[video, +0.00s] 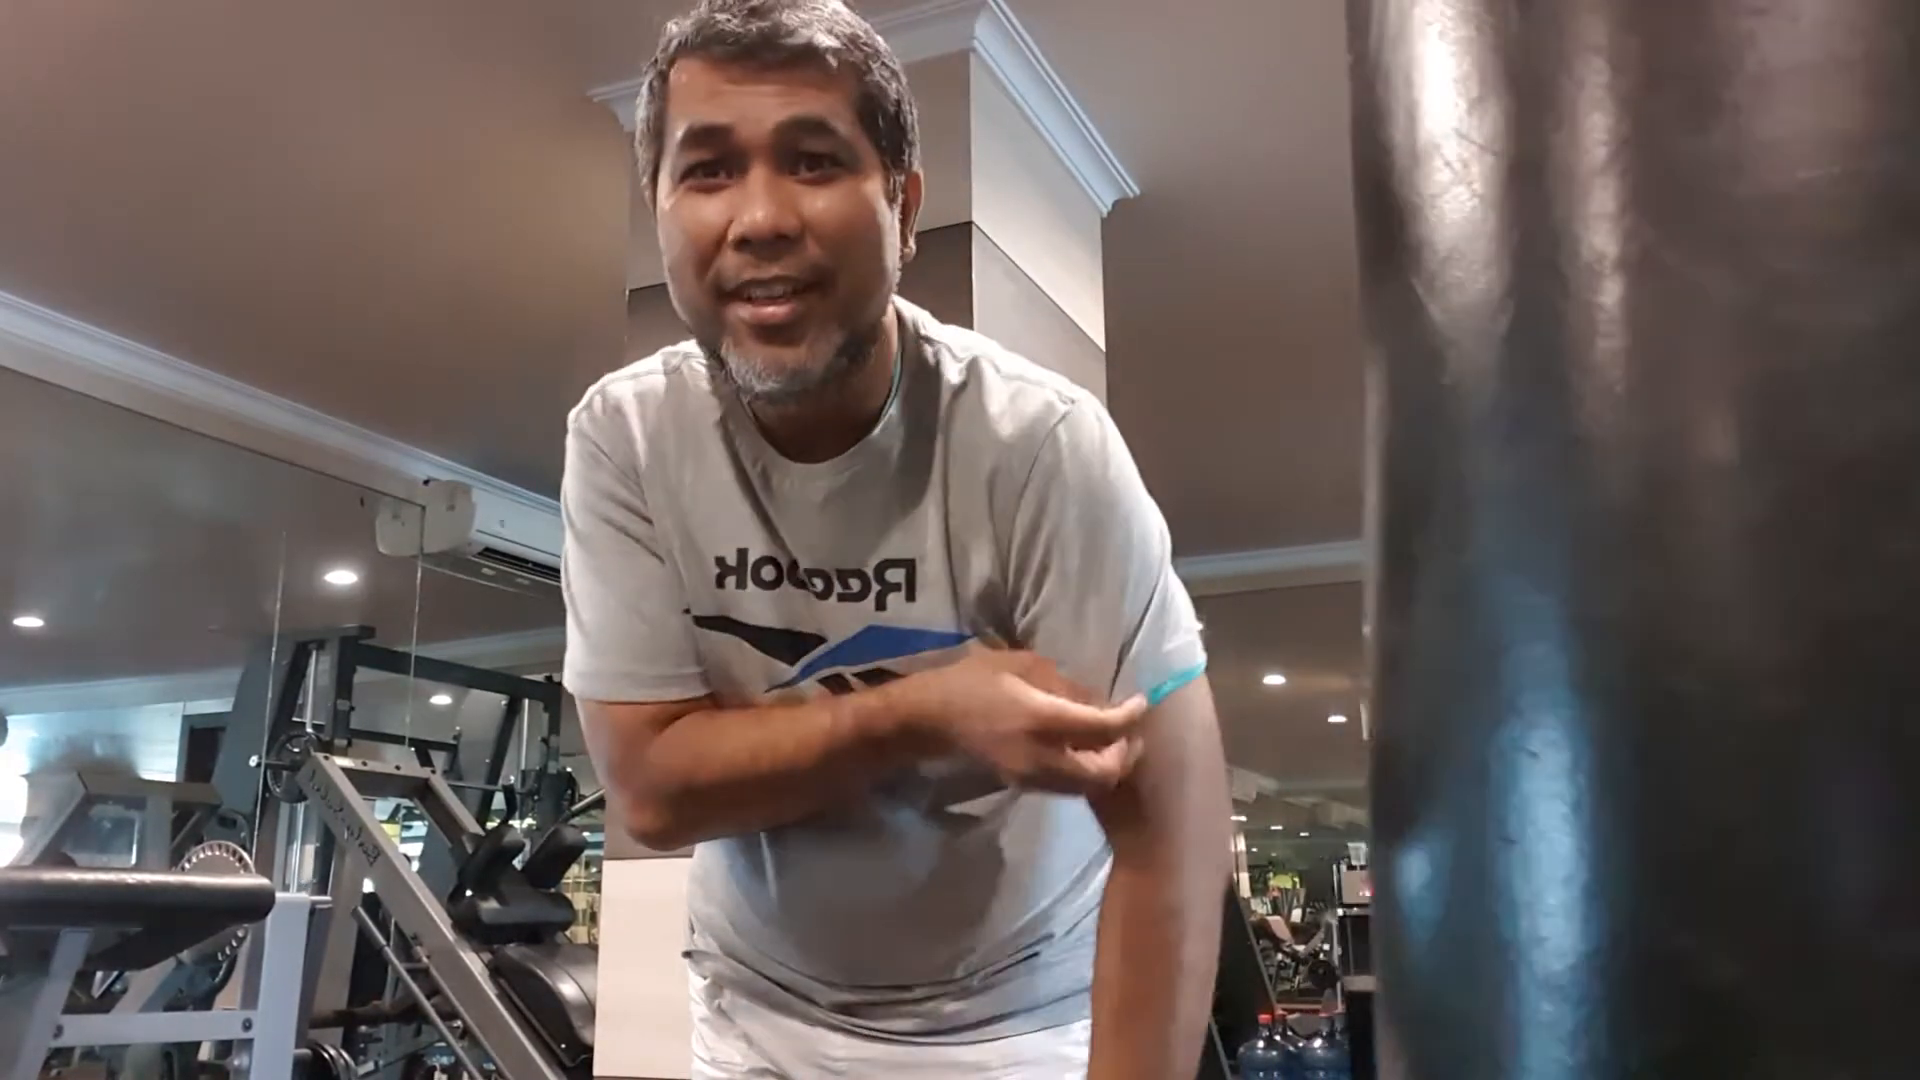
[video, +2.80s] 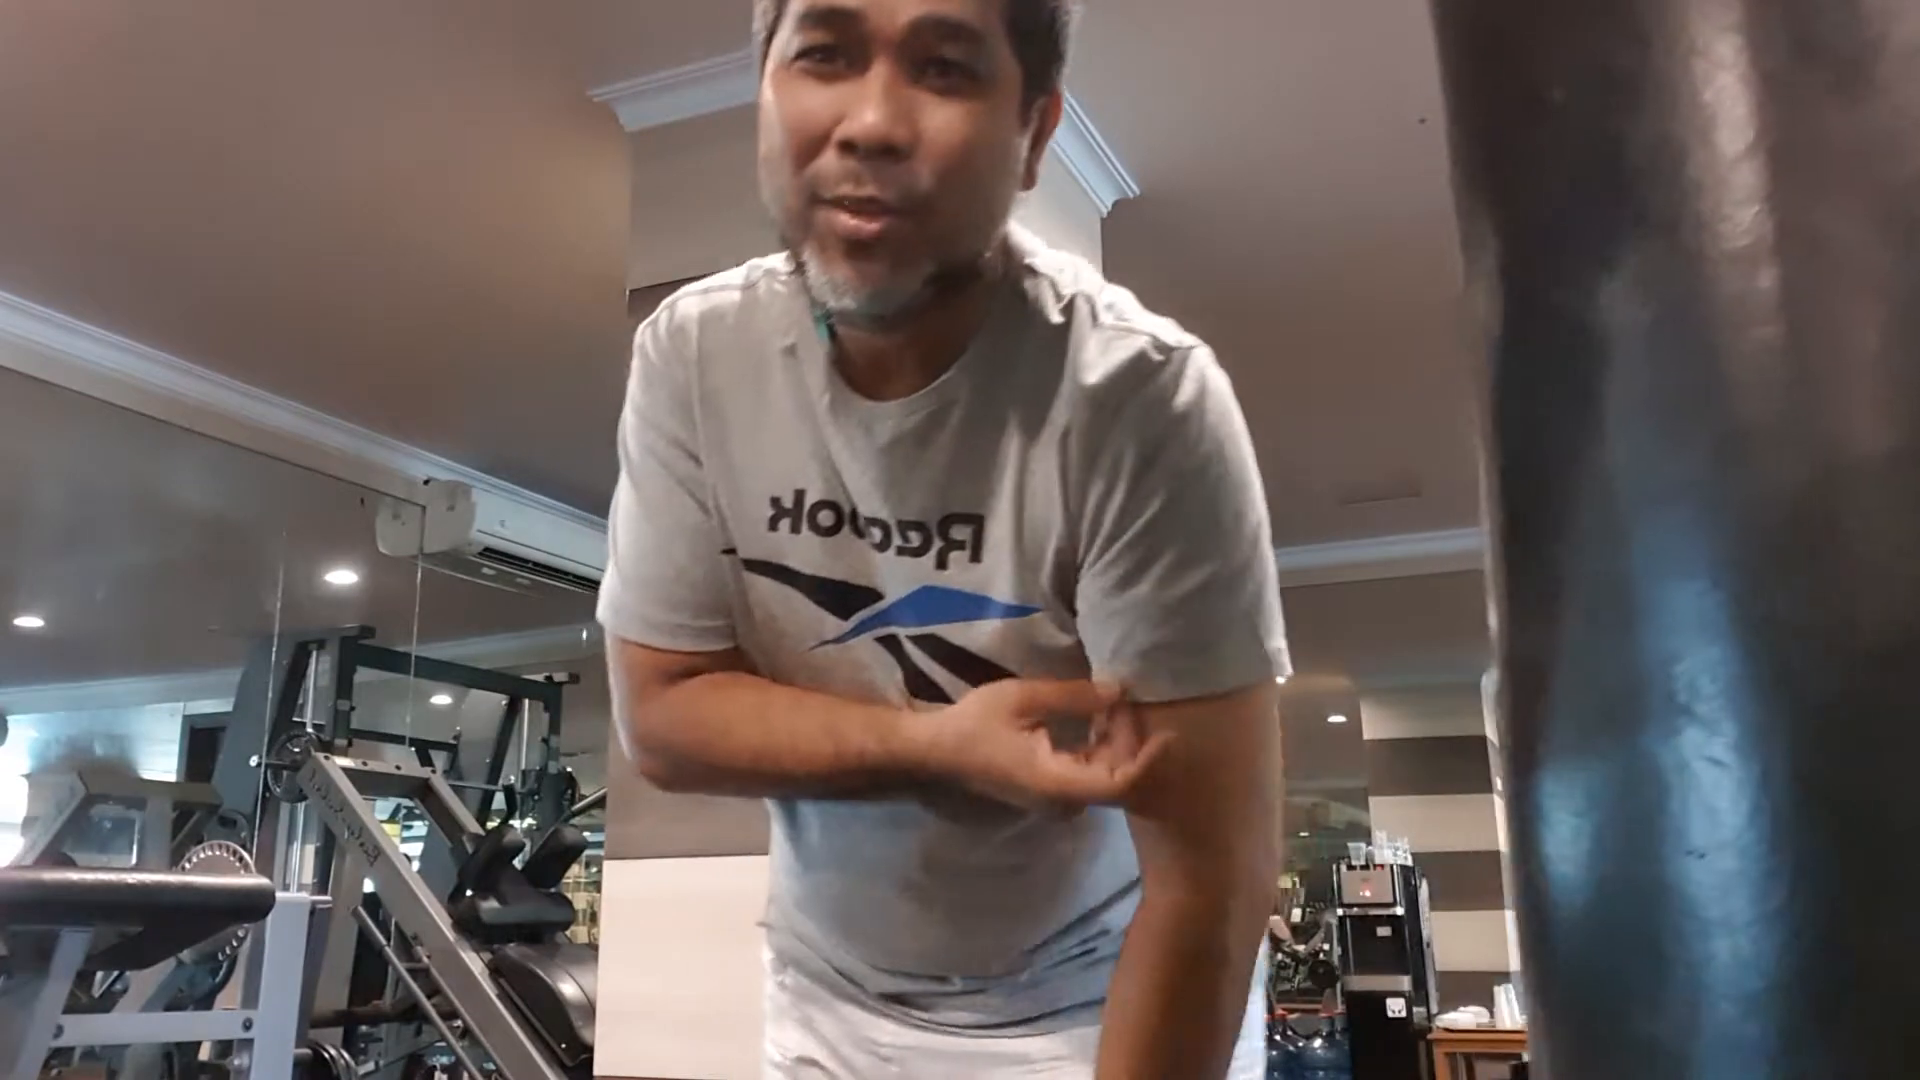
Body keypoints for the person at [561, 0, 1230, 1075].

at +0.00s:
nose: (758, 218)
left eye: (814, 163)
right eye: (707, 168)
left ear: (904, 208)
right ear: (659, 216)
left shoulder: (1043, 447)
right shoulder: (627, 435)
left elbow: (1173, 838)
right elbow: (652, 790)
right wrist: (923, 713)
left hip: (1018, 1024)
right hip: (756, 1014)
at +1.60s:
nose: (778, 225)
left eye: (839, 170)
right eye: (729, 165)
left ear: (921, 208)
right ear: (665, 197)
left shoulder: (1026, 453)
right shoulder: (604, 427)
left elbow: (1199, 844)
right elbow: (579, 776)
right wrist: (859, 751)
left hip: (1010, 1027)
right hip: (742, 1017)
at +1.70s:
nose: (774, 220)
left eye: (835, 165)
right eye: (725, 162)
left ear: (920, 206)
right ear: (662, 195)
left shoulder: (1023, 447)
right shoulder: (604, 423)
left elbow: (1194, 832)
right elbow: (577, 774)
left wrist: (956, 1066)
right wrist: (853, 752)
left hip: (1021, 1013)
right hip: (744, 1019)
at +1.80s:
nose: (767, 216)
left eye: (829, 162)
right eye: (719, 157)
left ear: (917, 204)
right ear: (659, 189)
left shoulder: (1020, 441)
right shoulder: (602, 420)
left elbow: (1184, 824)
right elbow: (578, 769)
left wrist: (876, 994)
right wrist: (852, 742)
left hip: (1024, 1013)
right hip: (744, 1009)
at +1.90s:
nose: (759, 208)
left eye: (822, 158)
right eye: (712, 150)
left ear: (911, 202)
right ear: (653, 182)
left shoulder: (1018, 436)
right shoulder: (602, 414)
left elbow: (1180, 818)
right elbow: (578, 764)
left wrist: (859, 886)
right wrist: (846, 733)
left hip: (1025, 1005)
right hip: (735, 995)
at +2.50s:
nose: (796, 165)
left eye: (863, 112)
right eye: (753, 103)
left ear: (957, 161)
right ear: (698, 133)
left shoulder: (1069, 409)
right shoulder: (643, 388)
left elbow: (1245, 803)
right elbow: (624, 742)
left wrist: (990, 1004)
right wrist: (892, 719)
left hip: (1075, 1015)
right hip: (785, 1017)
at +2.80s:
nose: (871, 123)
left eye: (945, 69)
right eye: (824, 57)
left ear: (1035, 130)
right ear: (762, 95)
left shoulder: (1146, 404)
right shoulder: (692, 356)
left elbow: (1209, 877)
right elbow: (664, 716)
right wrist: (936, 740)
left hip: (1082, 1020)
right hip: (824, 1007)